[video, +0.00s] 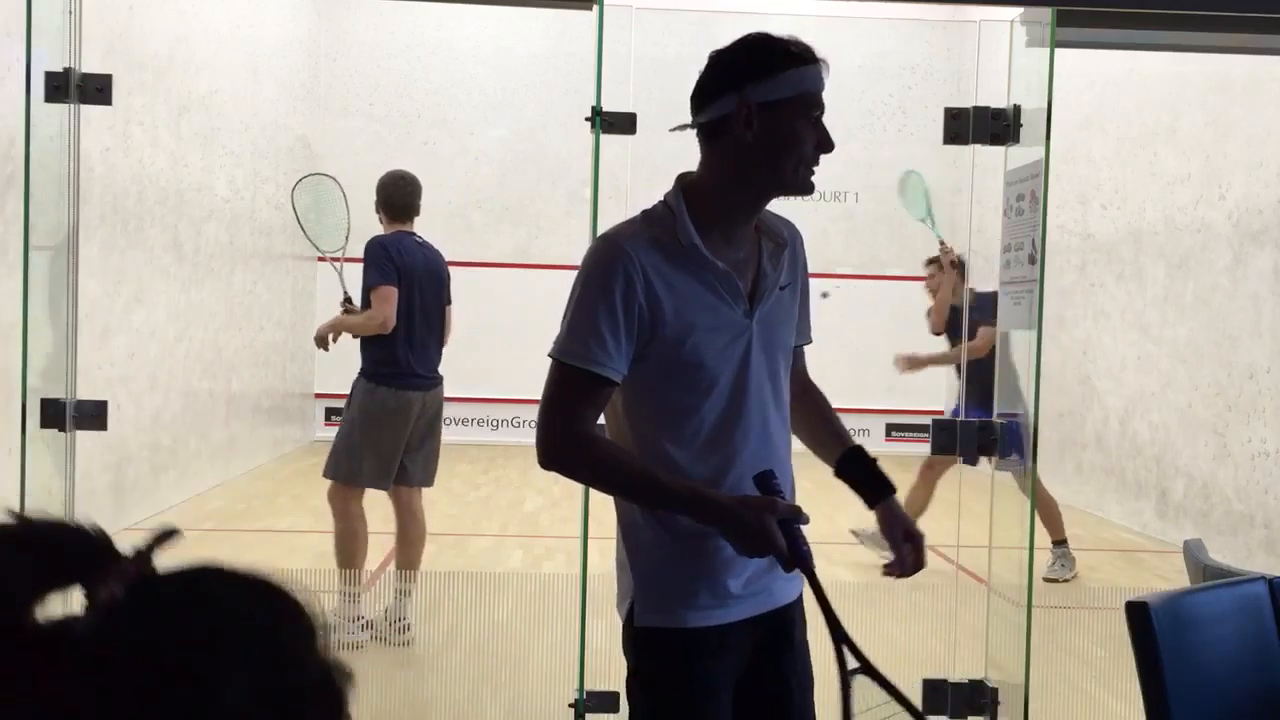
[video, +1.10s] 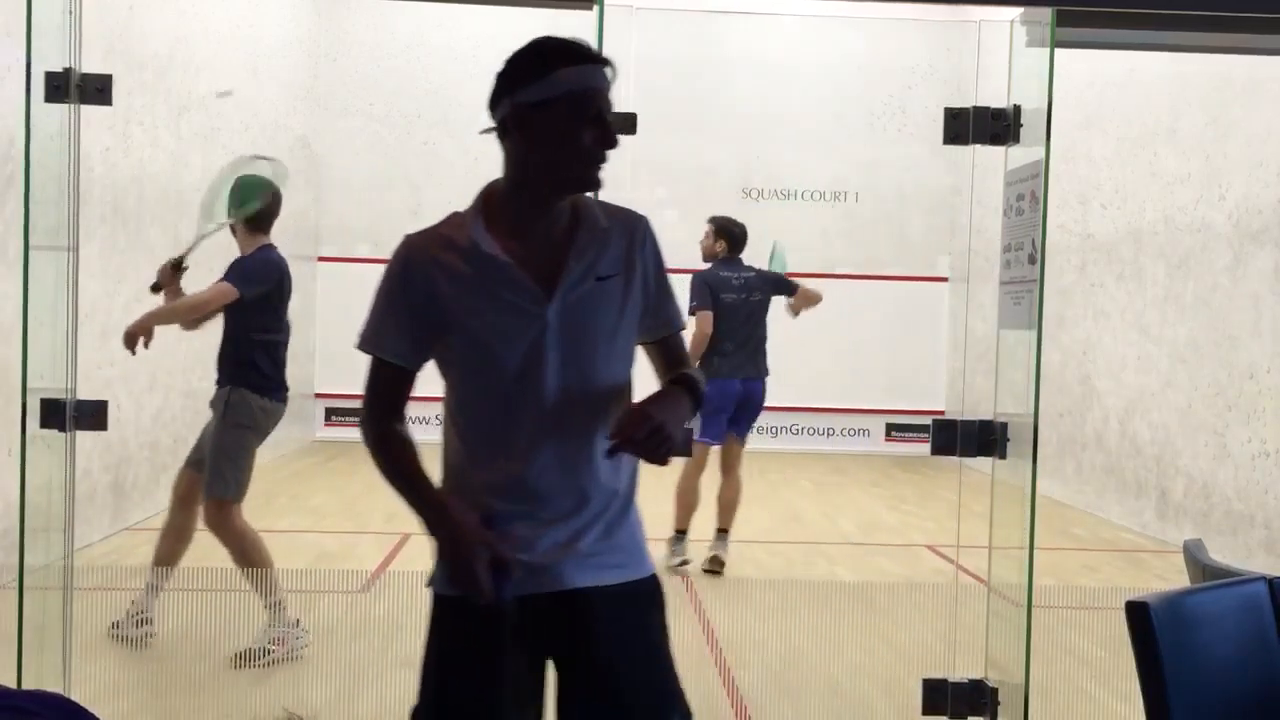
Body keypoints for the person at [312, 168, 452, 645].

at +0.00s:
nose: (378, 213)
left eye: (376, 206)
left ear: (379, 208)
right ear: (418, 209)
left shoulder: (382, 248)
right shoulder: (436, 258)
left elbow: (380, 318)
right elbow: (443, 333)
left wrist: (338, 324)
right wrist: (375, 321)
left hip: (382, 394)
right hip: (427, 395)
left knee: (344, 494)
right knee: (408, 494)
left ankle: (349, 616)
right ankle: (402, 613)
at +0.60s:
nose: (305, 211)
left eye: (303, 204)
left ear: (305, 206)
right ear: (347, 206)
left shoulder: (315, 250)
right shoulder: (364, 256)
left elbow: (321, 323)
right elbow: (387, 329)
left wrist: (269, 328)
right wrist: (336, 337)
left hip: (316, 396)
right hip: (356, 397)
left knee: (290, 499)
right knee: (348, 491)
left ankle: (294, 628)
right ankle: (391, 609)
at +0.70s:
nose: (287, 208)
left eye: (285, 201)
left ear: (288, 204)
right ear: (330, 203)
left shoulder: (299, 248)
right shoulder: (346, 255)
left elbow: (301, 321)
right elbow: (366, 330)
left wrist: (249, 325)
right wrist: (313, 335)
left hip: (301, 392)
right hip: (334, 393)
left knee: (287, 500)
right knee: (312, 494)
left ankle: (294, 629)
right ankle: (362, 587)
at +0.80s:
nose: (270, 203)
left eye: (270, 195)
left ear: (273, 200)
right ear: (313, 201)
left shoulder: (284, 246)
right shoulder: (328, 253)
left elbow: (277, 321)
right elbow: (340, 329)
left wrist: (225, 323)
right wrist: (268, 330)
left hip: (288, 389)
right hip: (314, 389)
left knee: (283, 500)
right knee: (257, 479)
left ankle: (293, 630)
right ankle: (305, 592)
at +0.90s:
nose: (254, 203)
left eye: (255, 195)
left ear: (255, 201)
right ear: (298, 203)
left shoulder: (271, 250)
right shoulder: (307, 253)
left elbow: (250, 315)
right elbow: (280, 326)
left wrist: (197, 322)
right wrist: (221, 321)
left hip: (274, 391)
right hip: (295, 388)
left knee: (268, 503)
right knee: (232, 475)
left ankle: (292, 627)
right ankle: (231, 602)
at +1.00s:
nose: (238, 208)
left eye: (239, 201)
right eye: (247, 201)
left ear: (244, 205)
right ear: (284, 207)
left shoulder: (268, 254)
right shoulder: (278, 257)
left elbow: (225, 301)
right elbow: (240, 325)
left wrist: (168, 318)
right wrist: (186, 310)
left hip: (263, 394)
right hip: (264, 392)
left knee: (245, 507)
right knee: (211, 483)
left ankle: (289, 629)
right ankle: (168, 604)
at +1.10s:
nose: (229, 219)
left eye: (230, 211)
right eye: (237, 211)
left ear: (232, 215)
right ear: (272, 216)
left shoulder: (262, 264)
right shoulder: (259, 265)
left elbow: (202, 306)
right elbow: (195, 322)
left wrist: (148, 319)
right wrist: (175, 289)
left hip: (247, 400)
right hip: (243, 398)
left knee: (221, 512)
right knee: (188, 488)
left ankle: (285, 625)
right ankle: (144, 610)